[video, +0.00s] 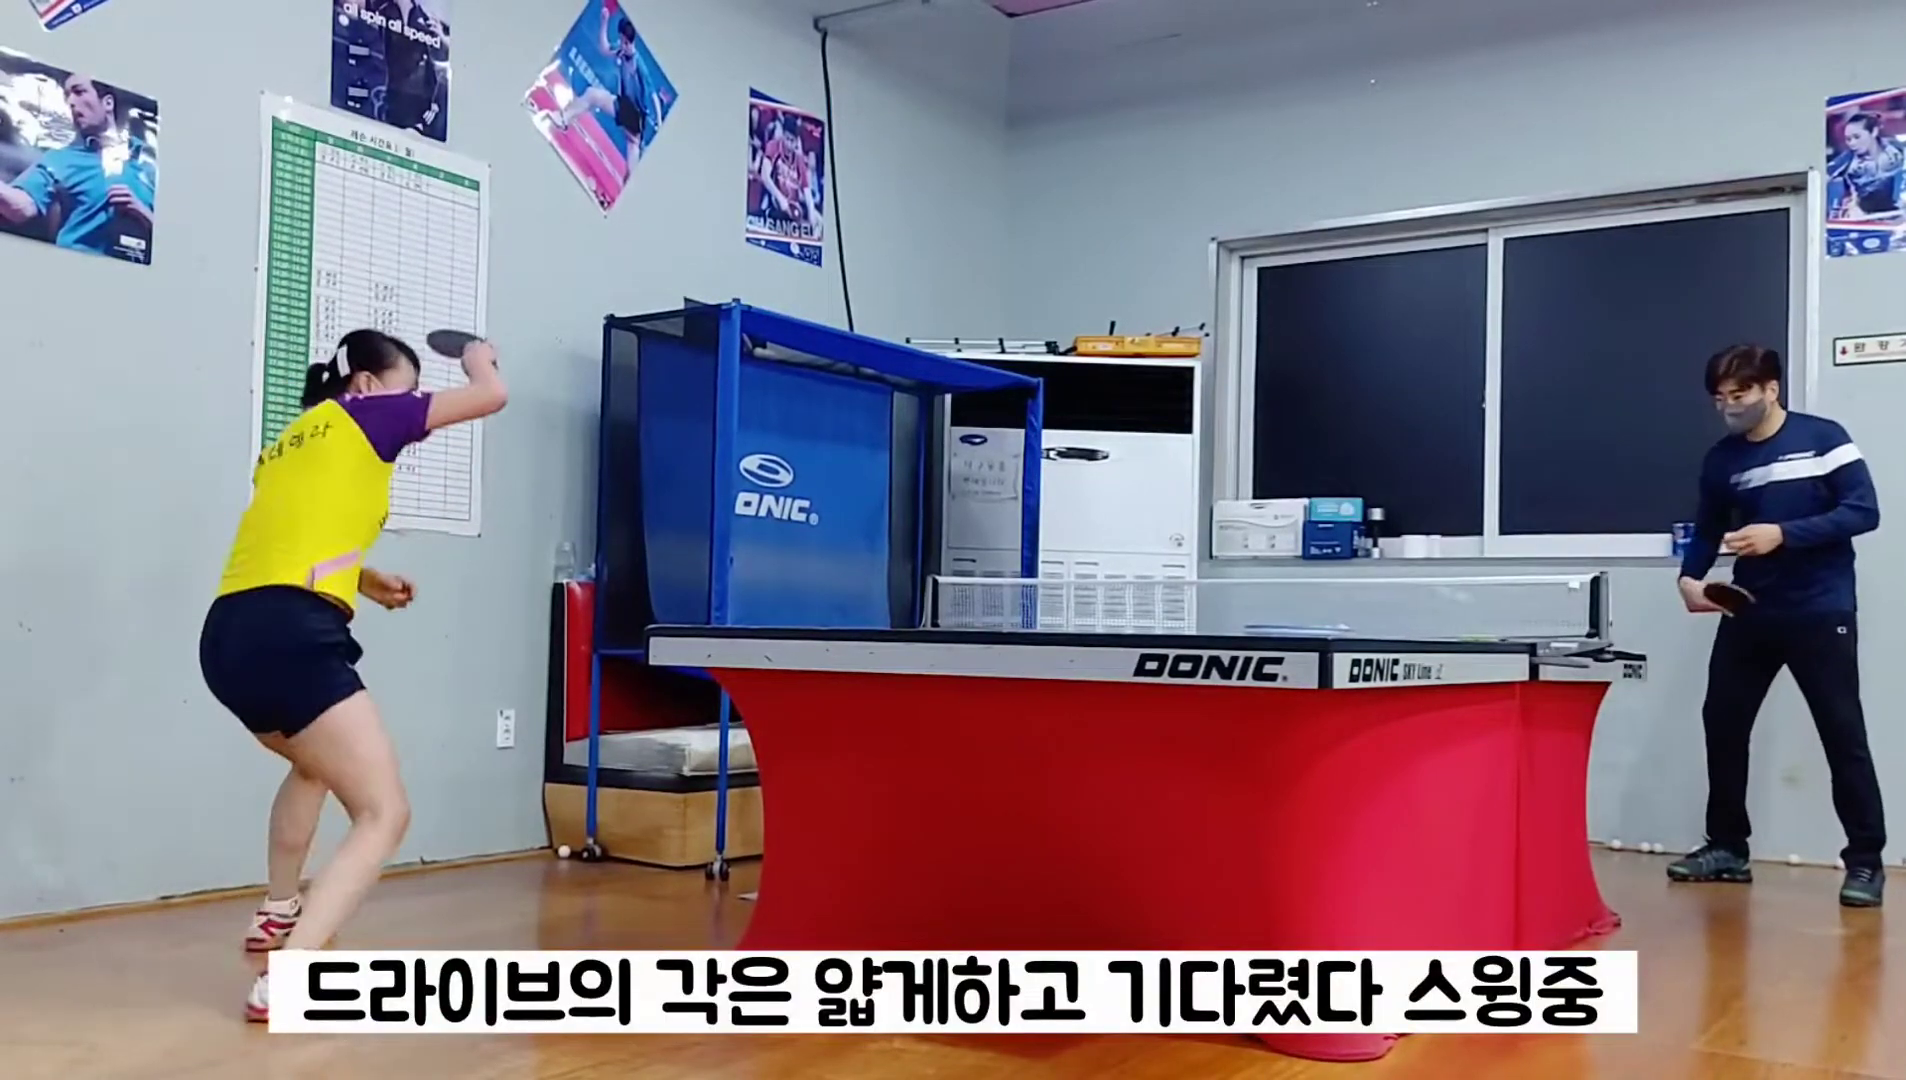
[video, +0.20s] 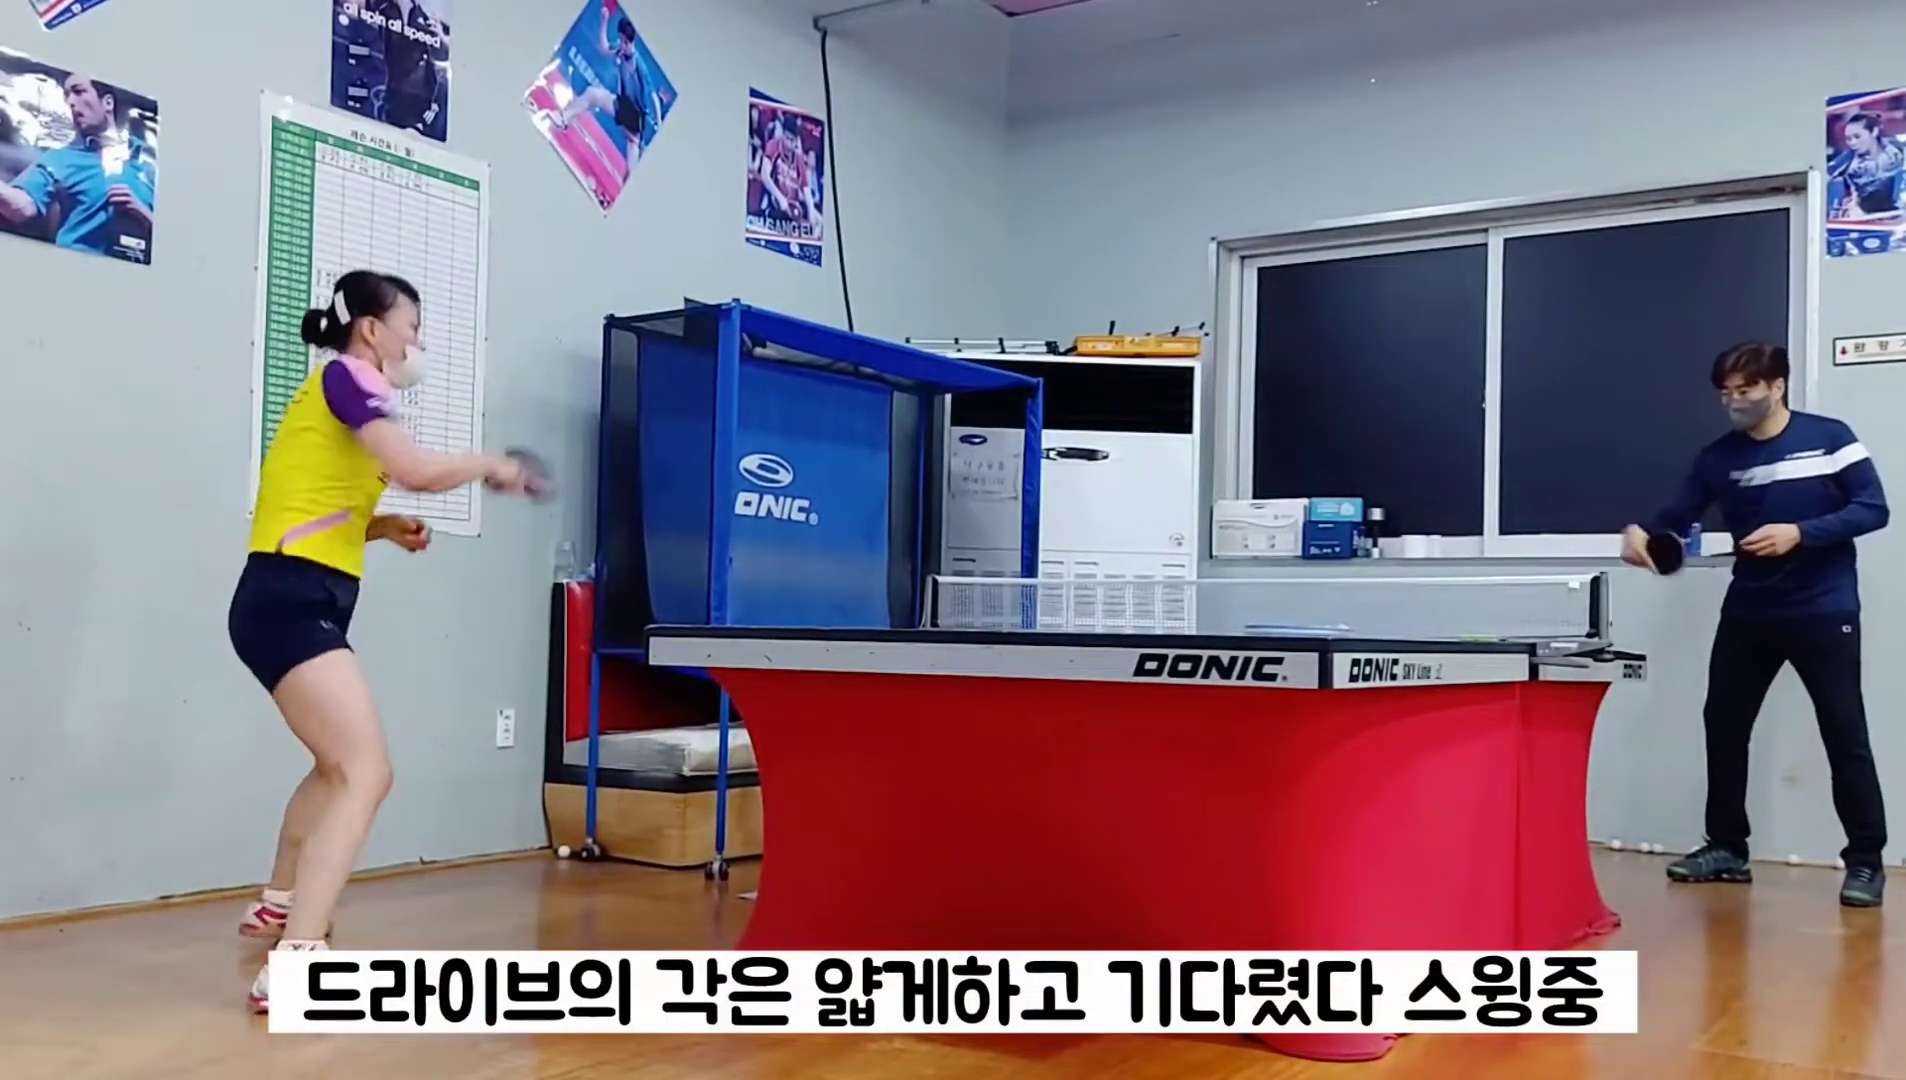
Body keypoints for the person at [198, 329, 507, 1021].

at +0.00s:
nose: (411, 402)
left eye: (413, 392)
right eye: (406, 390)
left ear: (349, 382)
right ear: (367, 380)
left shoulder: (293, 438)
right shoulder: (371, 414)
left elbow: (295, 530)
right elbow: (491, 398)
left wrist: (366, 577)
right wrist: (482, 365)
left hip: (225, 635)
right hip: (291, 629)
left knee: (311, 767)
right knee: (383, 814)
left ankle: (281, 910)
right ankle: (286, 981)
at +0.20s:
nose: (418, 343)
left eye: (418, 330)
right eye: (410, 328)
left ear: (364, 332)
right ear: (371, 328)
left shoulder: (337, 392)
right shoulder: (347, 377)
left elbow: (308, 508)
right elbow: (414, 470)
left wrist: (382, 525)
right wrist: (490, 464)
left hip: (285, 601)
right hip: (292, 602)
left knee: (337, 765)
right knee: (366, 774)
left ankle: (280, 899)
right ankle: (293, 965)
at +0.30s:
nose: (422, 338)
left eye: (422, 325)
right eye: (414, 324)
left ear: (378, 334)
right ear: (370, 330)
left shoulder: (378, 415)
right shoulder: (329, 391)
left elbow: (356, 517)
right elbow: (303, 508)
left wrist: (431, 550)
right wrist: (402, 536)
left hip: (335, 608)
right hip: (280, 603)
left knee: (362, 766)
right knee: (360, 763)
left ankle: (274, 893)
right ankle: (305, 949)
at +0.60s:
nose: (414, 394)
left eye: (417, 381)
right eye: (401, 380)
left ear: (407, 390)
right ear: (350, 387)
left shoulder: (421, 466)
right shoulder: (282, 461)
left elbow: (426, 554)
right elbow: (189, 536)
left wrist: (408, 567)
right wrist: (84, 544)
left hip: (357, 651)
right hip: (277, 637)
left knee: (371, 813)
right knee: (364, 768)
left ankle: (269, 902)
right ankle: (306, 956)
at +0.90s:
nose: (441, 394)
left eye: (443, 382)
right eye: (434, 379)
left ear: (379, 372)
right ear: (392, 369)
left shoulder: (326, 424)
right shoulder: (379, 409)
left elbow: (299, 511)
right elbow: (500, 410)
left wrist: (361, 563)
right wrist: (528, 363)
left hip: (235, 627)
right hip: (277, 628)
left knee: (315, 775)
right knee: (369, 807)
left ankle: (277, 917)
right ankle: (268, 976)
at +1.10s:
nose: (433, 365)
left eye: (435, 352)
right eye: (427, 350)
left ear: (374, 344)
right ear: (384, 342)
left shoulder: (322, 402)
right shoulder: (362, 393)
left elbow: (300, 494)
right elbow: (463, 465)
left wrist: (365, 537)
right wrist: (508, 434)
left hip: (255, 608)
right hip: (284, 612)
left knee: (323, 770)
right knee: (358, 788)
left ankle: (279, 912)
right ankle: (267, 970)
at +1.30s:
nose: (417, 365)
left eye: (417, 351)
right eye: (406, 351)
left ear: (376, 360)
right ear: (358, 359)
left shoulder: (404, 442)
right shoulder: (286, 438)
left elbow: (379, 518)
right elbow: (232, 549)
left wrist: (404, 538)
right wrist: (274, 611)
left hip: (346, 633)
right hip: (267, 628)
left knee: (357, 801)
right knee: (346, 770)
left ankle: (260, 896)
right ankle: (280, 963)